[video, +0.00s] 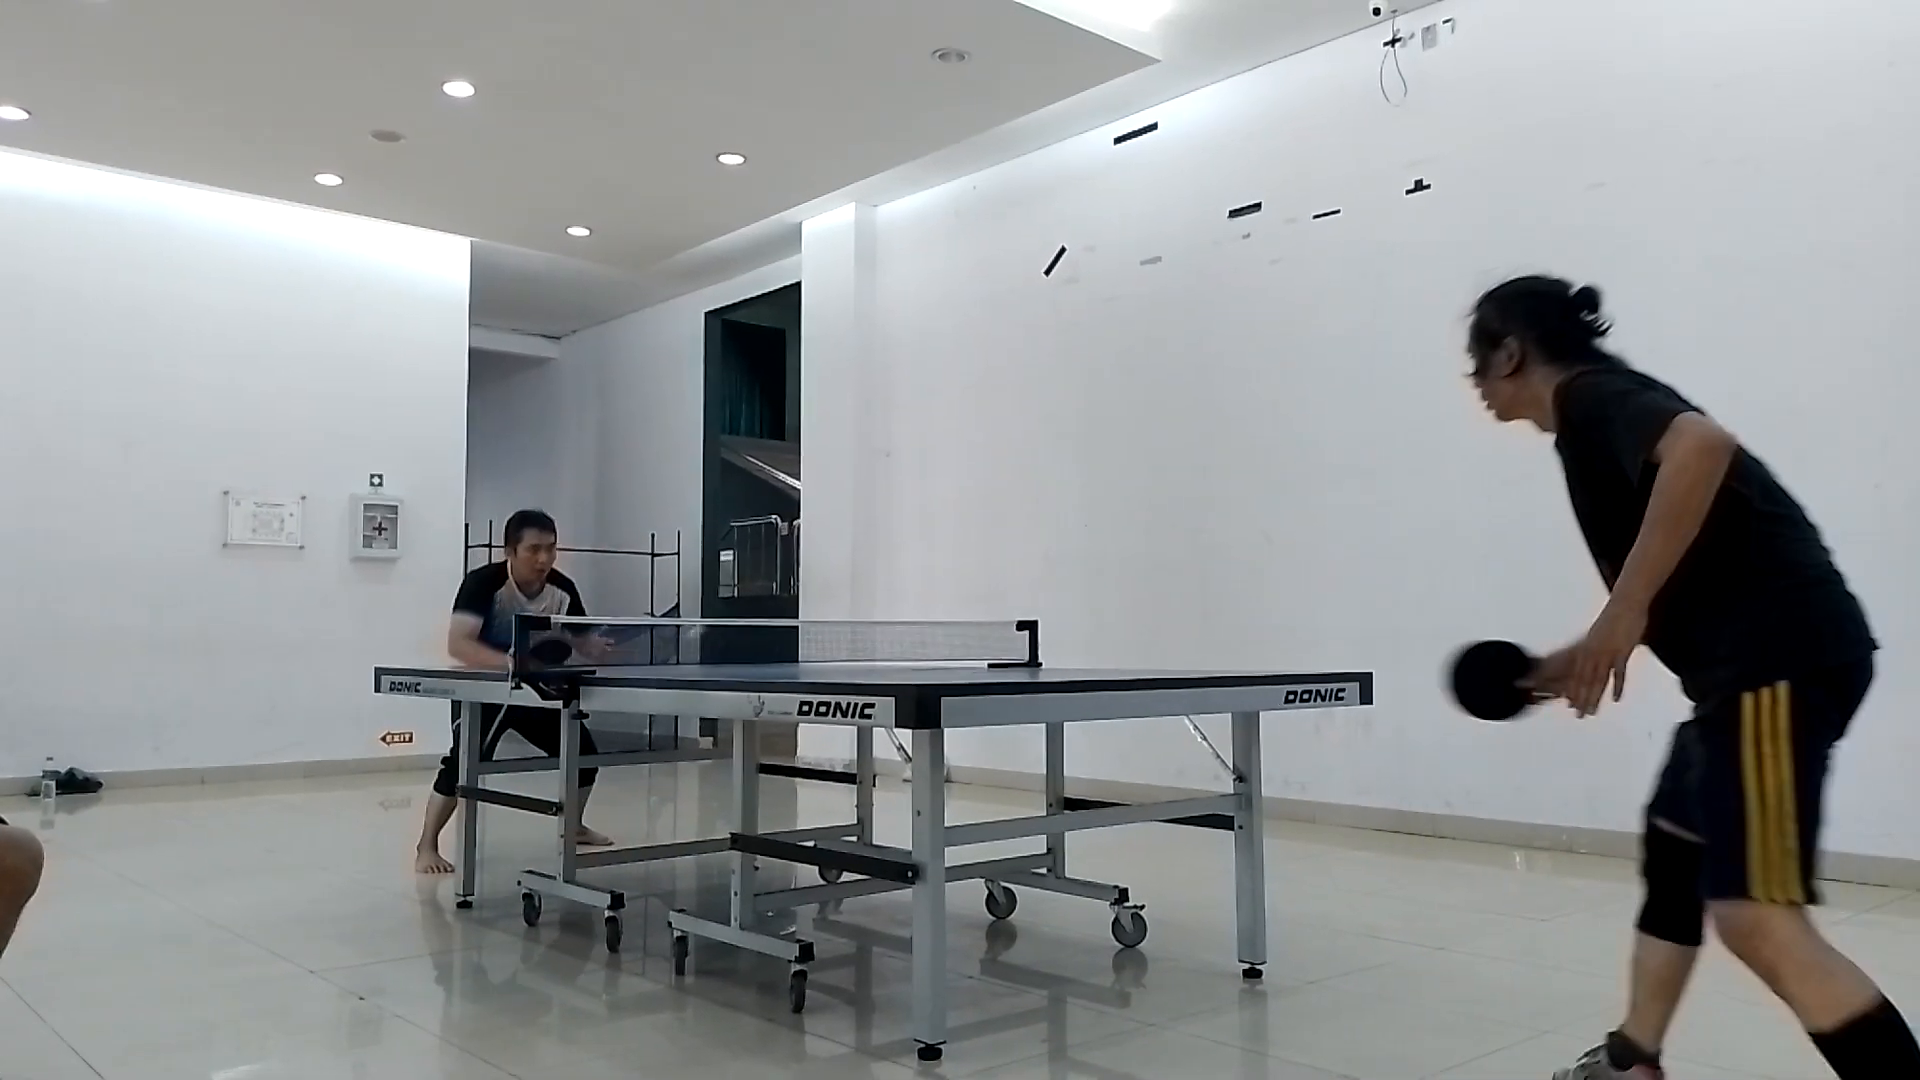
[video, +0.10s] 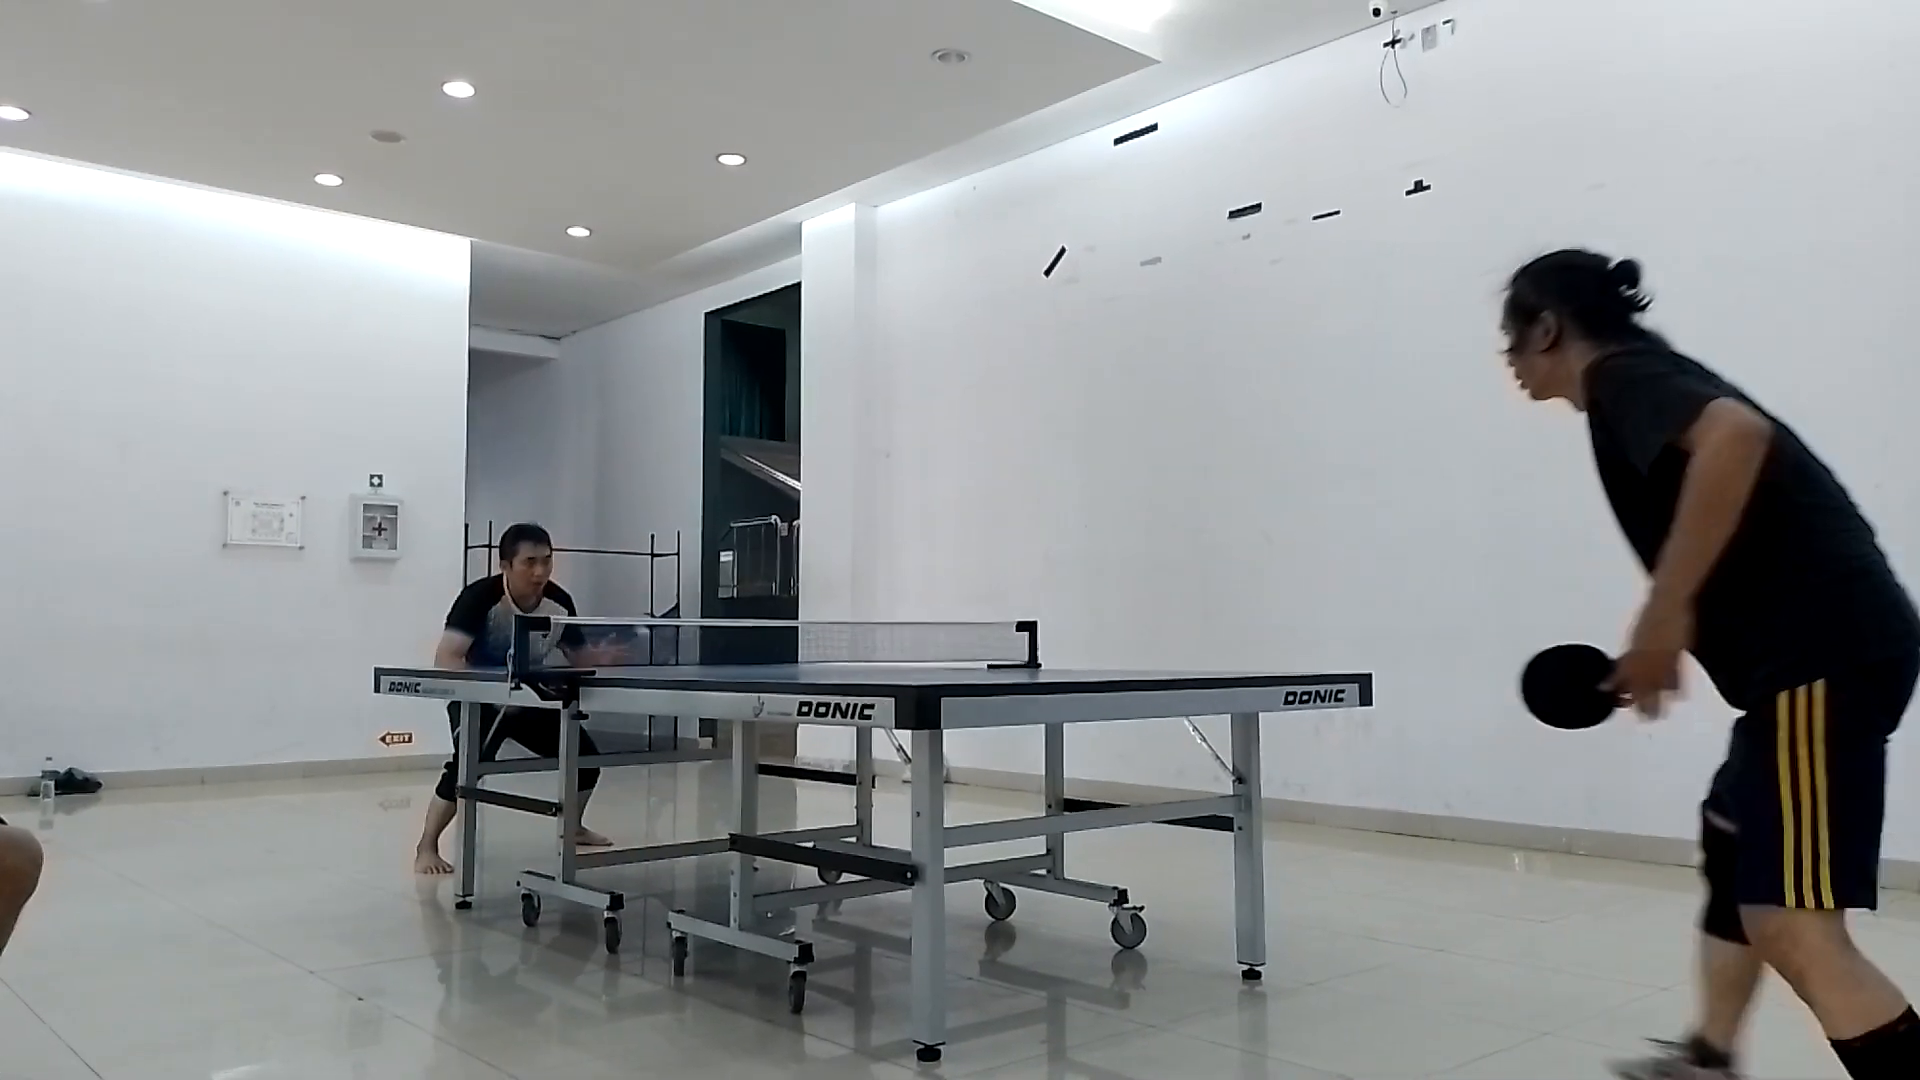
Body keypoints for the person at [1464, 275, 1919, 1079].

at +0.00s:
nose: (1476, 386)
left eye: (1479, 365)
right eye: (1474, 368)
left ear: (1513, 351)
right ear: (1532, 352)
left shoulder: (1594, 395)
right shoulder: (1588, 428)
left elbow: (1701, 444)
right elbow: (1667, 585)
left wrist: (1622, 616)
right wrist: (1570, 665)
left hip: (1783, 659)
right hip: (1741, 668)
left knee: (1757, 918)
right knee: (1677, 842)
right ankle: (1634, 1057)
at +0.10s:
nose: (1510, 364)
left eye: (1514, 341)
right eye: (1508, 345)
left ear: (1555, 326)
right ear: (1578, 324)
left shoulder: (1624, 377)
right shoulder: (1635, 390)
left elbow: (1736, 433)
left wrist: (1665, 609)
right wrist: (1657, 646)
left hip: (1824, 653)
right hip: (1800, 656)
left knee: (1792, 924)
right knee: (1732, 830)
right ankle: (1710, 1054)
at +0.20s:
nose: (1540, 345)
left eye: (1543, 320)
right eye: (1538, 325)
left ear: (1584, 304)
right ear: (1608, 304)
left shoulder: (1659, 354)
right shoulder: (1661, 379)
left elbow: (1798, 407)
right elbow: (1789, 535)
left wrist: (1752, 581)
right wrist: (1691, 636)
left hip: (1857, 632)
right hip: (1830, 635)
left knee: (1806, 898)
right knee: (1801, 893)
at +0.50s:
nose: (1614, 332)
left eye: (1619, 307)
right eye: (1611, 312)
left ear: (1670, 297)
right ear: (1676, 299)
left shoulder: (1771, 370)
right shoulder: (1750, 396)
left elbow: (1900, 449)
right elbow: (1823, 578)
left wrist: (1856, 646)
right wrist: (1709, 666)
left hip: (1914, 686)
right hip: (1894, 686)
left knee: (1878, 938)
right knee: (1882, 936)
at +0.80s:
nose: (1665, 331)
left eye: (1670, 304)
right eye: (1662, 310)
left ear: (1732, 288)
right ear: (1730, 292)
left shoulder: (1856, 378)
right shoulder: (1821, 402)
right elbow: (1836, 591)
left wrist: (1783, 694)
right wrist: (1654, 585)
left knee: (1903, 975)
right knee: (1899, 974)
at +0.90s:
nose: (1661, 381)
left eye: (1674, 349)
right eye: (1663, 351)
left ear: (1740, 336)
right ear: (1739, 339)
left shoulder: (1907, 422)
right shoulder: (1784, 494)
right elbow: (1634, 570)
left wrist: (1885, 711)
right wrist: (1459, 561)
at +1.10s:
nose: (1649, 484)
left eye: (1660, 451)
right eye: (1651, 455)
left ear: (1732, 456)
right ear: (1730, 459)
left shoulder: (1908, 500)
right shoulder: (1793, 600)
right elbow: (1628, 708)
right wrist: (1444, 753)